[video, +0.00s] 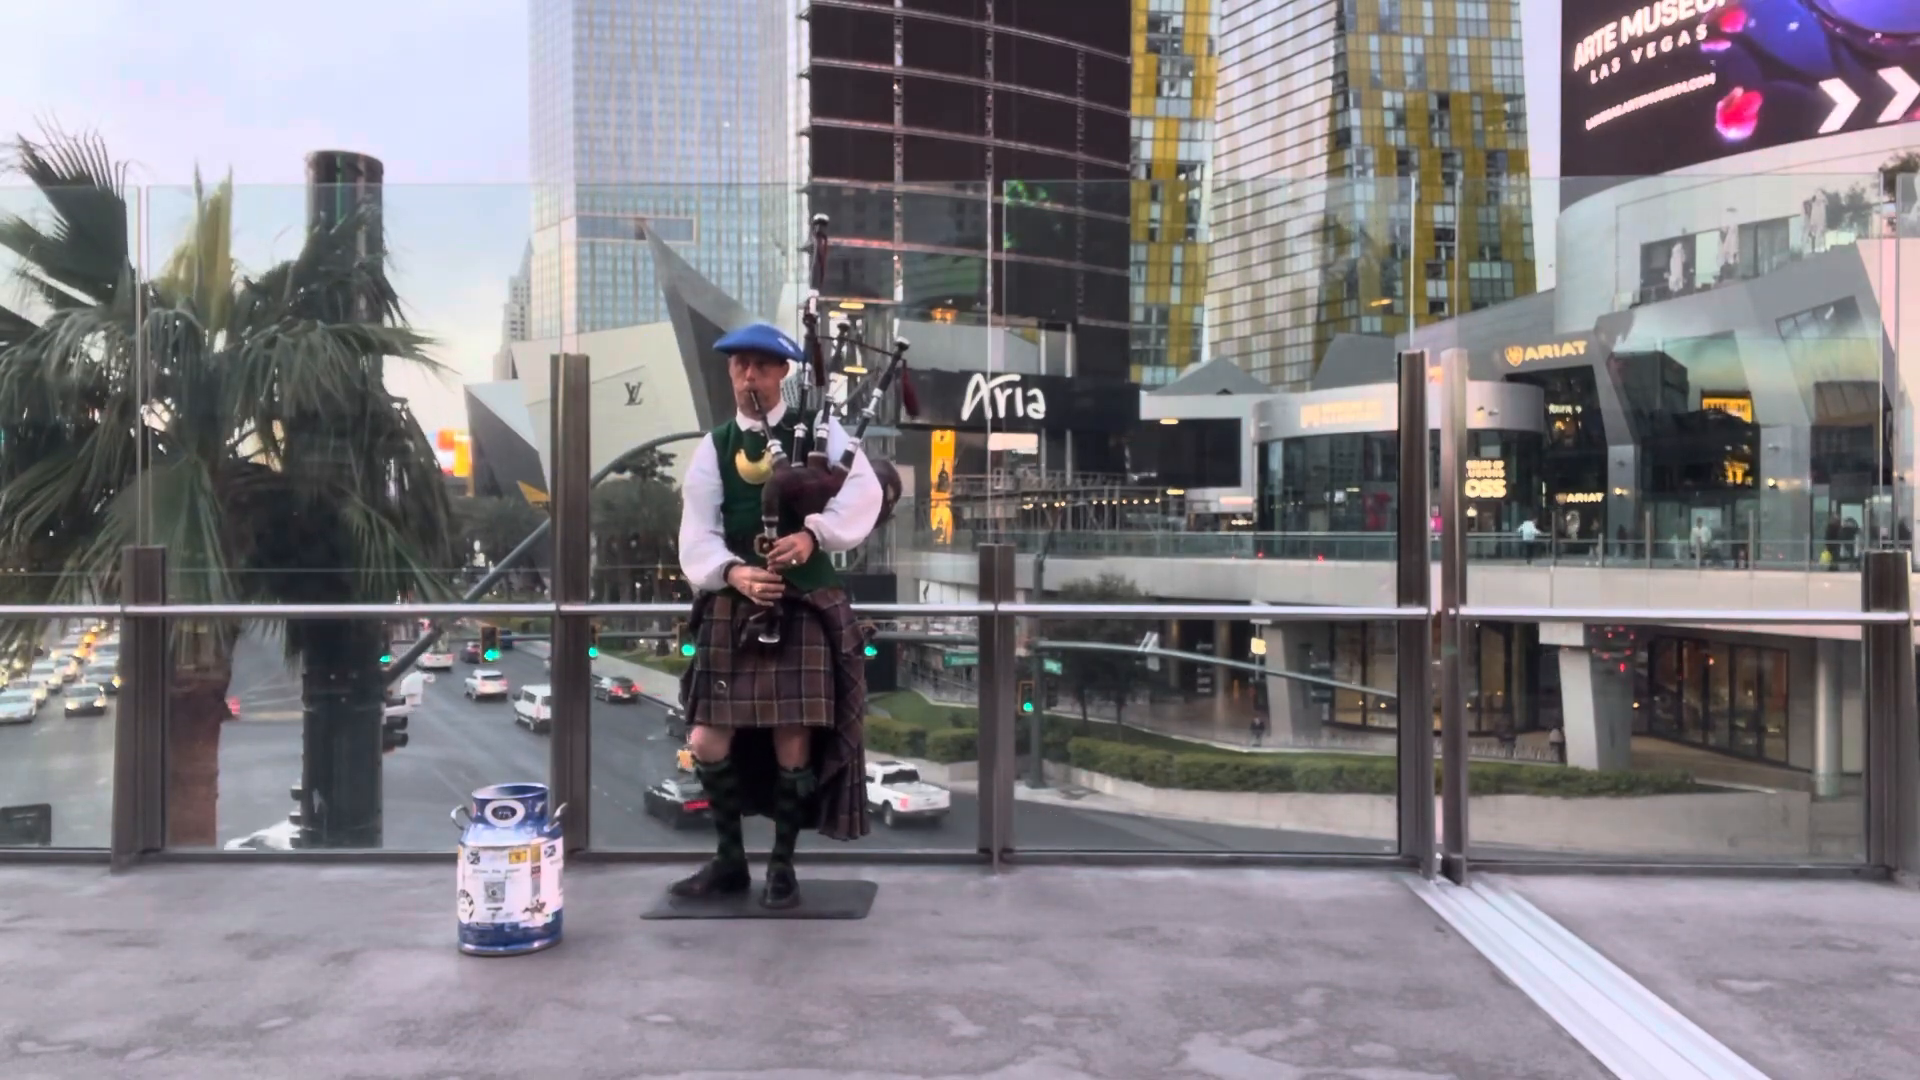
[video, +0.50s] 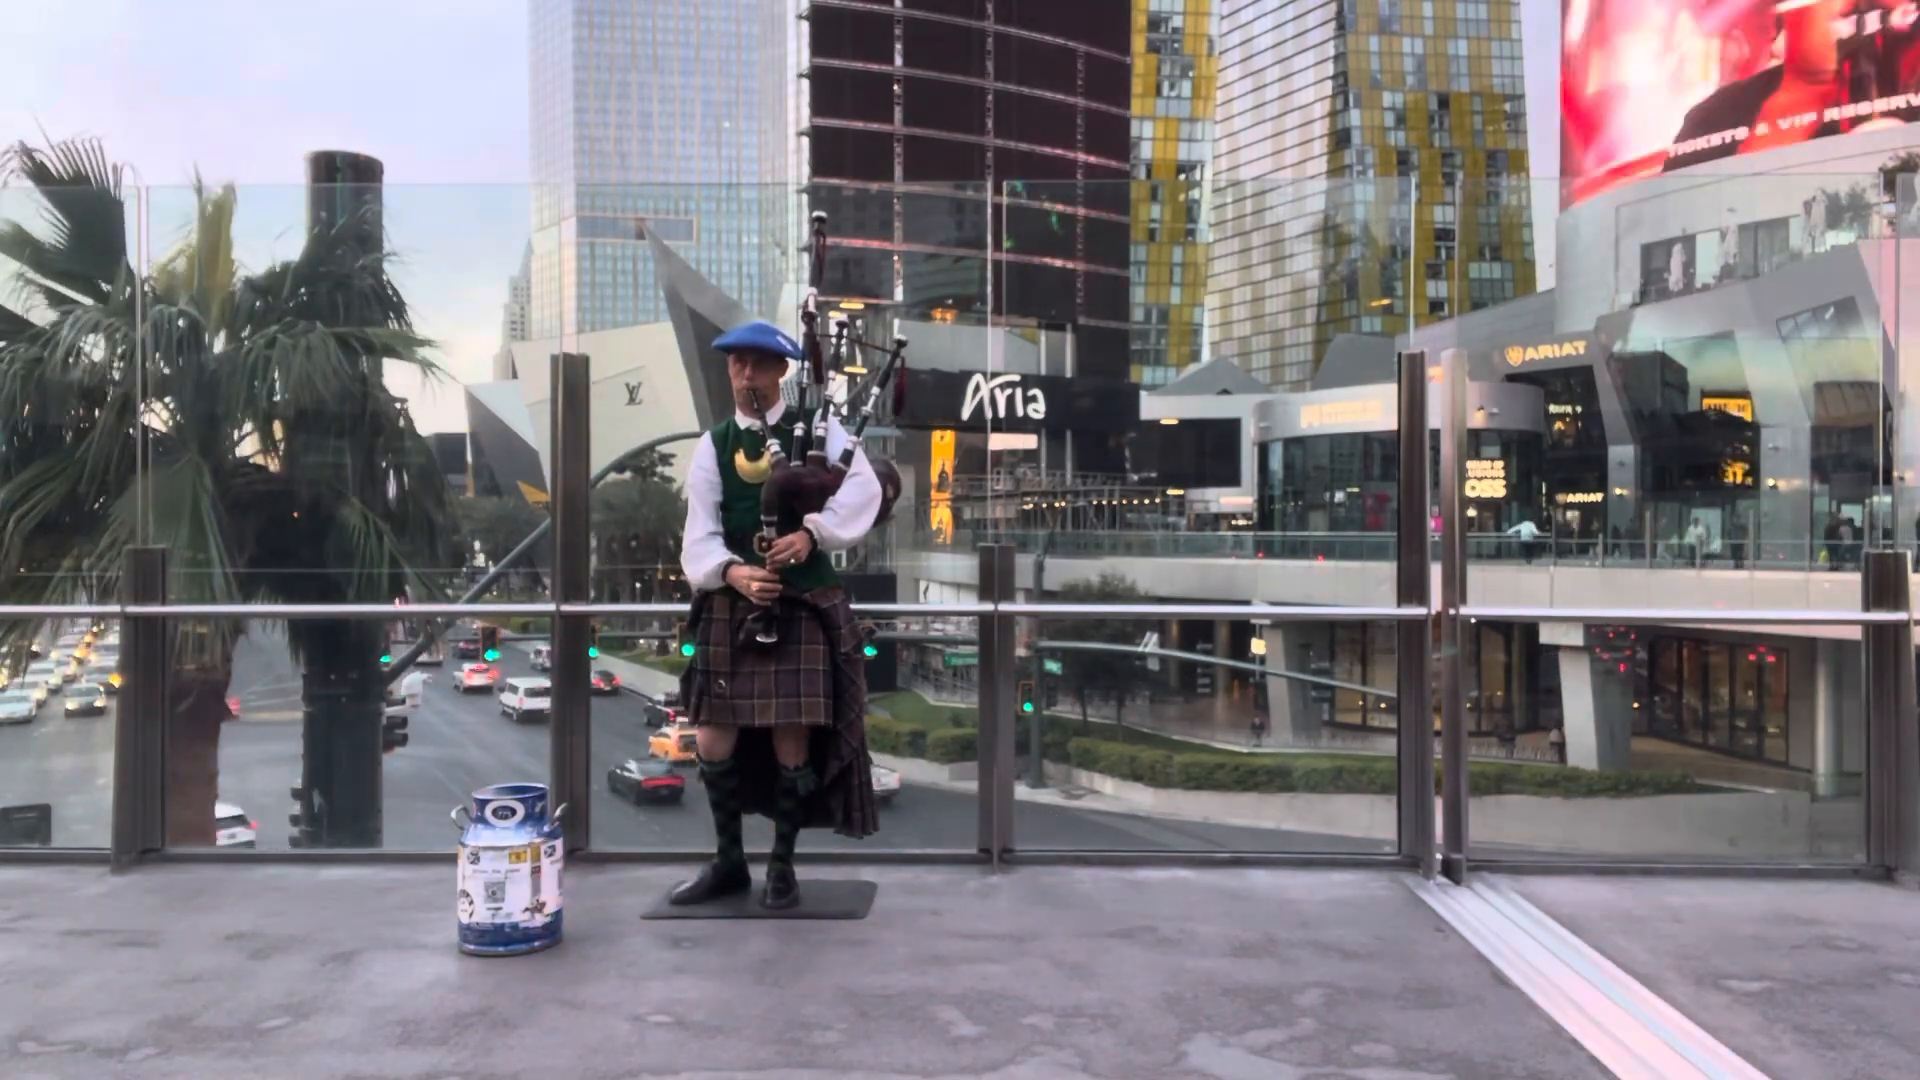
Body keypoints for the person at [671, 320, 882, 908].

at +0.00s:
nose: (749, 377)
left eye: (761, 365)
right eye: (740, 365)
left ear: (786, 373)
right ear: (728, 374)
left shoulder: (820, 431)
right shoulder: (714, 447)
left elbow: (865, 491)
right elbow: (696, 533)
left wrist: (815, 534)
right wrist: (731, 571)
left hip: (803, 601)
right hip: (732, 599)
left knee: (791, 735)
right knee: (707, 738)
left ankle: (782, 865)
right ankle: (730, 860)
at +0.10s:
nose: (747, 375)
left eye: (759, 363)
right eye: (739, 363)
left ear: (785, 371)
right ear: (727, 372)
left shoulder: (820, 429)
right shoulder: (714, 445)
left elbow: (865, 490)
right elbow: (695, 532)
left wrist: (815, 532)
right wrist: (732, 569)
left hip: (803, 600)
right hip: (730, 598)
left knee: (791, 731)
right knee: (710, 736)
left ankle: (782, 866)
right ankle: (729, 862)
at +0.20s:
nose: (745, 375)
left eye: (758, 364)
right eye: (738, 363)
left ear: (784, 371)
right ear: (726, 372)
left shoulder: (820, 430)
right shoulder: (713, 444)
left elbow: (864, 489)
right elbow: (694, 533)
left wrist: (814, 532)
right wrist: (730, 568)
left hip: (802, 600)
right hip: (729, 599)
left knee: (790, 731)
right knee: (712, 736)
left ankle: (781, 866)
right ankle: (729, 863)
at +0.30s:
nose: (744, 374)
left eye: (757, 363)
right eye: (737, 363)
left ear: (783, 371)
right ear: (726, 371)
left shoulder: (819, 428)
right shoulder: (713, 444)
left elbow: (864, 487)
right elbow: (696, 531)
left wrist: (813, 532)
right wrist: (730, 569)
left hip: (802, 599)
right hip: (729, 598)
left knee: (790, 732)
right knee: (712, 734)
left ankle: (782, 866)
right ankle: (729, 862)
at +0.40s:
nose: (745, 374)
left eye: (758, 363)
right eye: (737, 363)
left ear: (783, 371)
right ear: (726, 372)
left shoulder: (819, 429)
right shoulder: (714, 444)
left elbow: (864, 489)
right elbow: (697, 531)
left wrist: (814, 533)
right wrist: (730, 570)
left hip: (802, 599)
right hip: (729, 598)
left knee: (790, 731)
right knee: (710, 733)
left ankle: (782, 866)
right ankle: (729, 861)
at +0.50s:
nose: (746, 374)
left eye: (759, 363)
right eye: (738, 363)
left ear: (784, 371)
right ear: (727, 372)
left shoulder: (819, 429)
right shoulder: (714, 444)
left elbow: (865, 488)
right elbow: (699, 532)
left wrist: (814, 533)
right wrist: (730, 570)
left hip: (802, 599)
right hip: (730, 597)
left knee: (790, 731)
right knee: (712, 732)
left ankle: (782, 866)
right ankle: (729, 861)